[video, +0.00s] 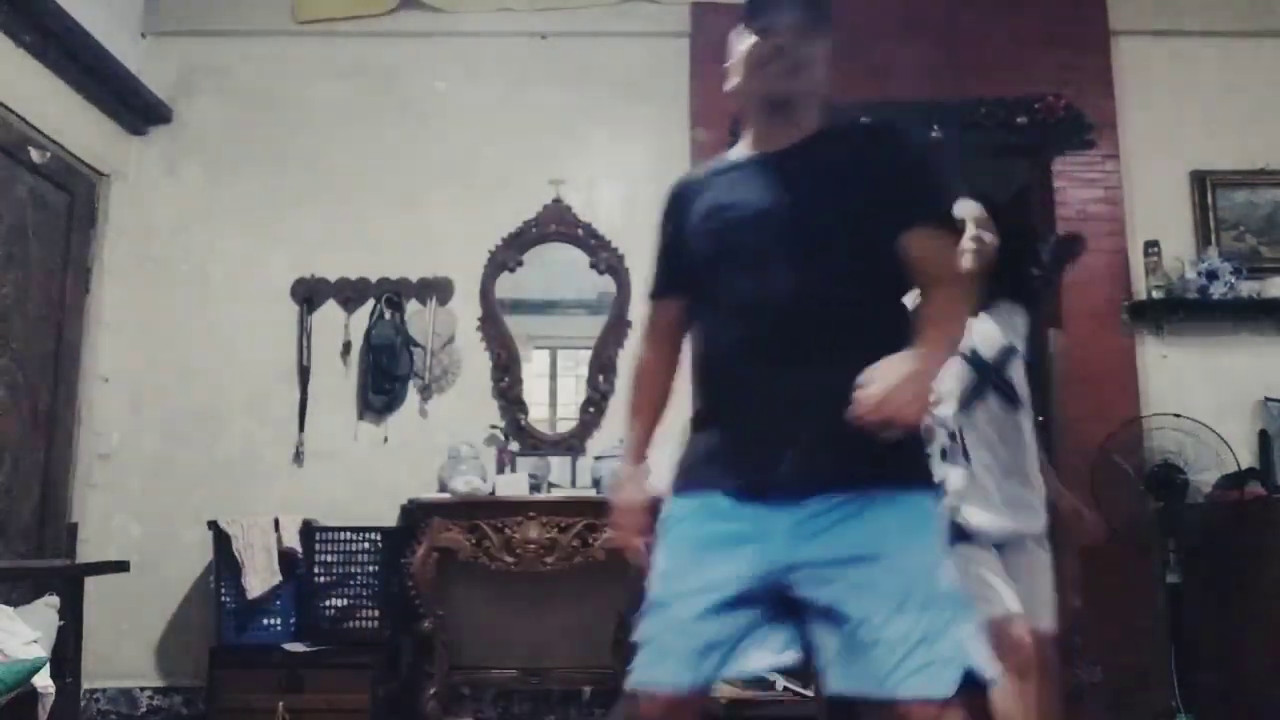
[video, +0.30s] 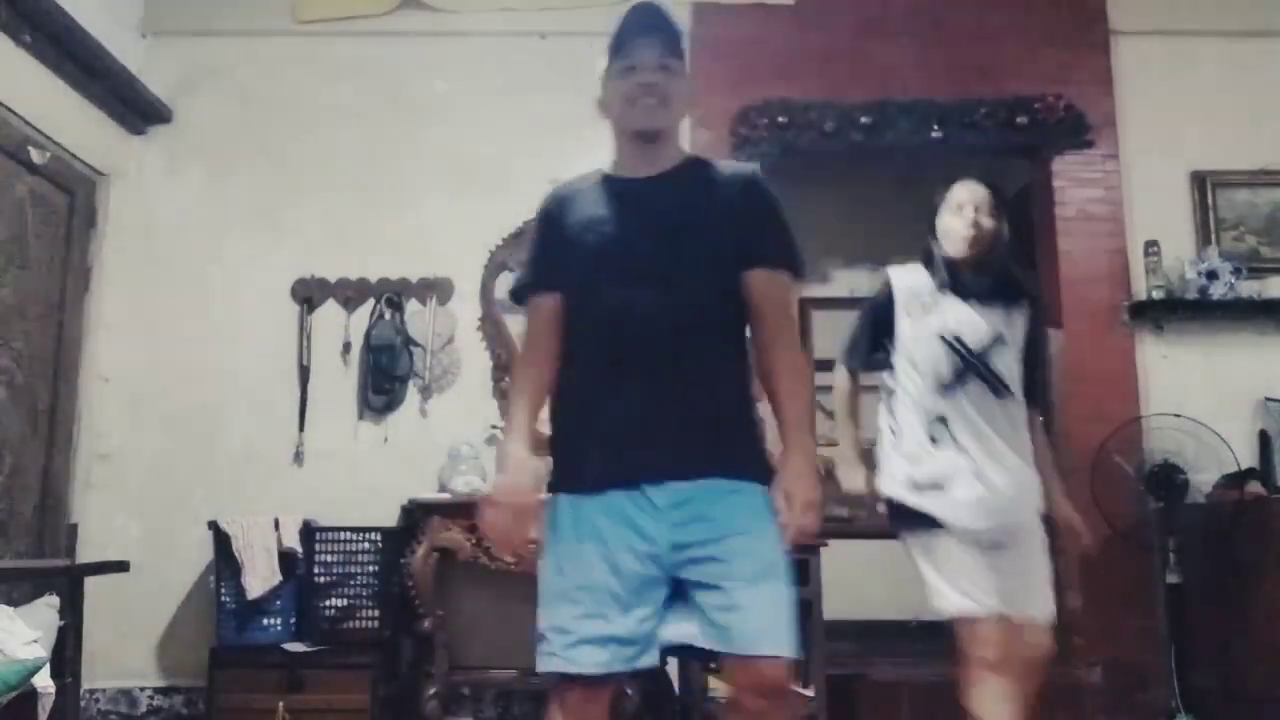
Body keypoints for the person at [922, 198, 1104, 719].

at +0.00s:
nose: (969, 244)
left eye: (981, 232)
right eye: (957, 231)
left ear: (999, 249)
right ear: (936, 244)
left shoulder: (1009, 321)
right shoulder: (921, 325)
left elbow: (1020, 435)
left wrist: (1059, 497)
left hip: (1025, 520)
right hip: (961, 521)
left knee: (1040, 651)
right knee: (1016, 648)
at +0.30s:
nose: (971, 220)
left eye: (984, 212)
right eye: (959, 209)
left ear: (1000, 229)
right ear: (936, 222)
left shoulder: (1018, 306)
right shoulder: (901, 289)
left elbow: (1030, 418)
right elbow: (847, 370)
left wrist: (1057, 499)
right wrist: (850, 459)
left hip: (1011, 495)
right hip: (934, 492)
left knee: (1034, 643)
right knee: (986, 642)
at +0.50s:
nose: (924, 234)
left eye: (937, 226)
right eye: (912, 225)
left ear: (956, 244)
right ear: (888, 241)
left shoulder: (983, 320)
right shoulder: (858, 315)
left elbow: (997, 429)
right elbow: (820, 409)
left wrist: (1001, 522)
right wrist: (816, 500)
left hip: (966, 520)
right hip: (884, 517)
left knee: (949, 665)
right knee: (902, 656)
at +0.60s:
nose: (898, 255)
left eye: (910, 248)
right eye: (884, 248)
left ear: (926, 267)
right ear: (863, 265)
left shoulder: (953, 337)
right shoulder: (835, 335)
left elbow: (966, 439)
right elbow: (815, 432)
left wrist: (979, 525)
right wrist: (810, 520)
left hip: (935, 541)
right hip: (859, 538)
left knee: (919, 677)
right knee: (861, 671)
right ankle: (811, 710)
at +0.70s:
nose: (871, 237)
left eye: (885, 230)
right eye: (858, 228)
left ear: (900, 249)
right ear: (837, 244)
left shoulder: (927, 317)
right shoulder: (813, 312)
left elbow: (941, 409)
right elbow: (797, 409)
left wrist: (961, 482)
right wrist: (801, 488)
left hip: (908, 513)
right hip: (830, 510)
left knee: (904, 653)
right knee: (811, 651)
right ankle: (785, 713)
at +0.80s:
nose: (845, 226)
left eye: (858, 219)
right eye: (831, 218)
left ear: (874, 238)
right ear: (810, 236)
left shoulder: (898, 305)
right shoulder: (784, 303)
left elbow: (912, 394)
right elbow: (773, 397)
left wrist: (928, 466)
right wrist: (779, 477)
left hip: (876, 492)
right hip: (801, 492)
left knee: (883, 632)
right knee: (780, 623)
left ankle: (895, 719)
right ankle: (754, 708)